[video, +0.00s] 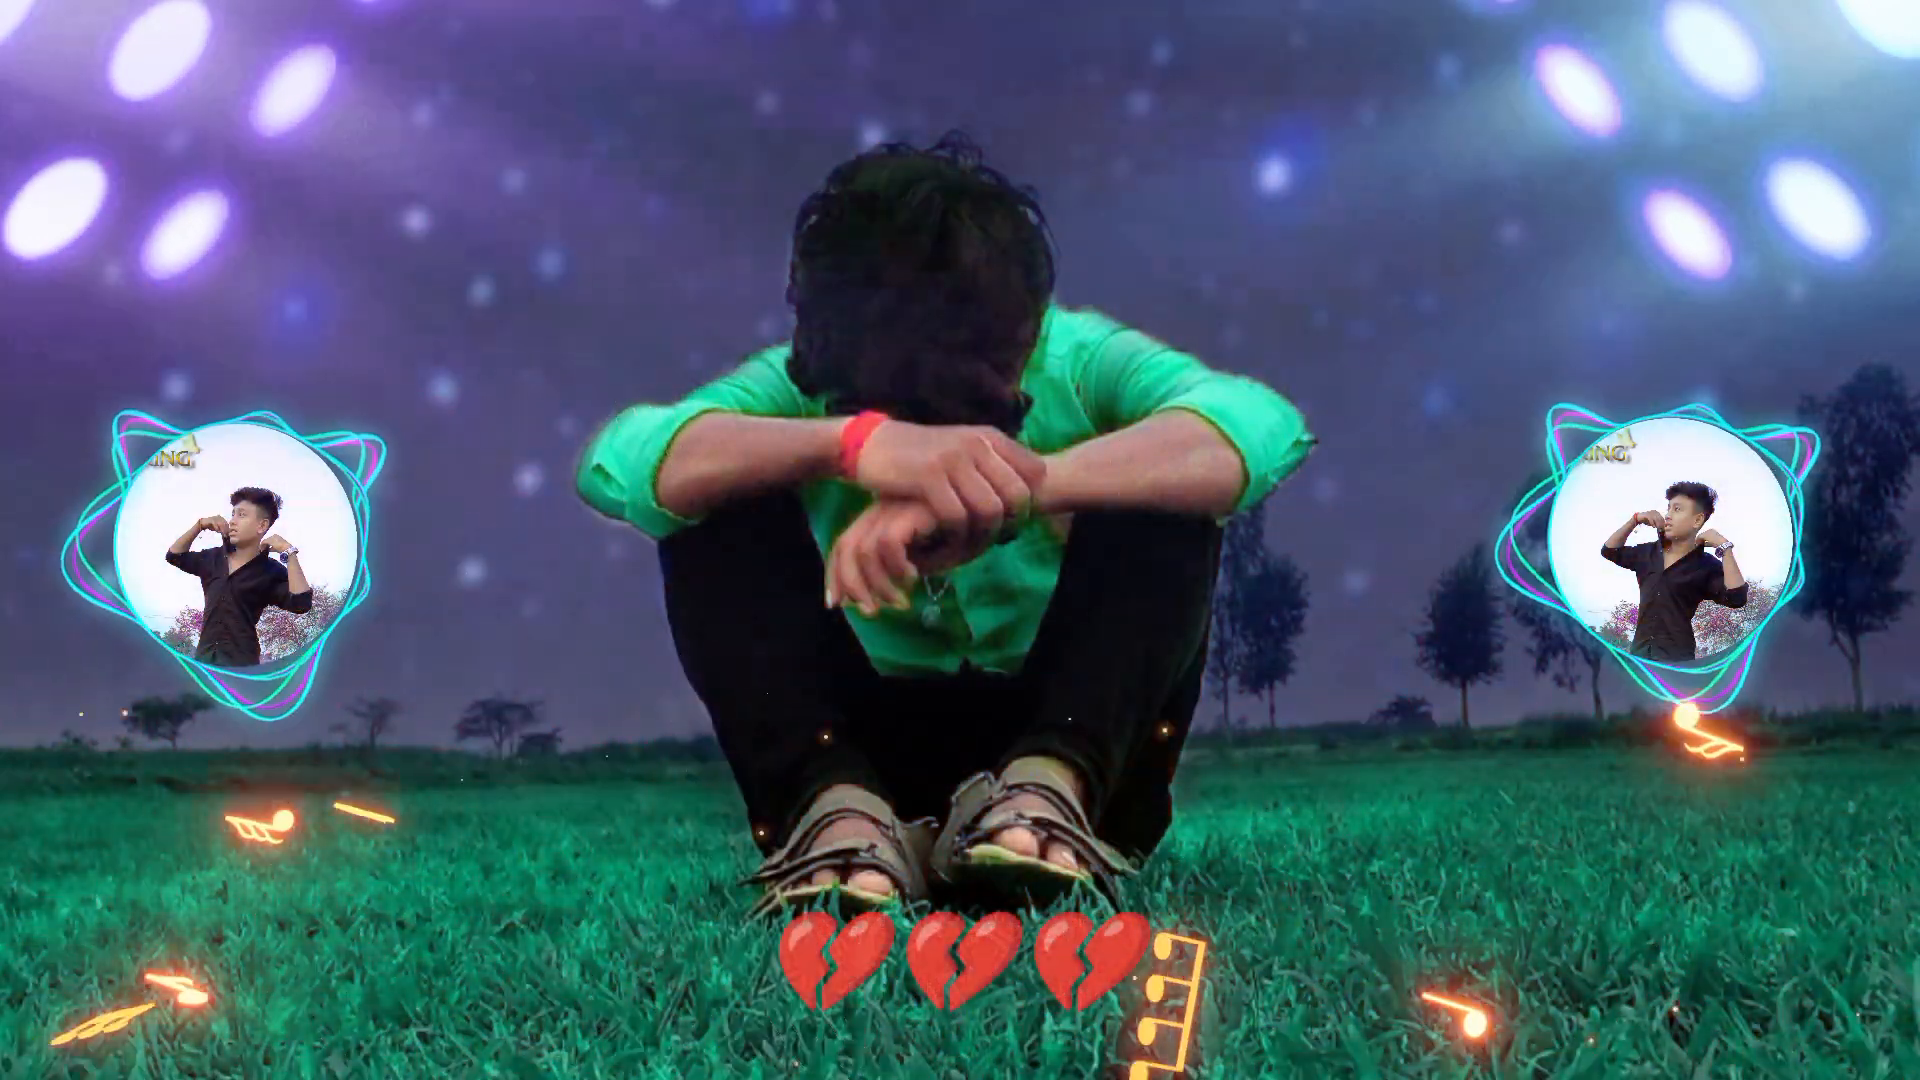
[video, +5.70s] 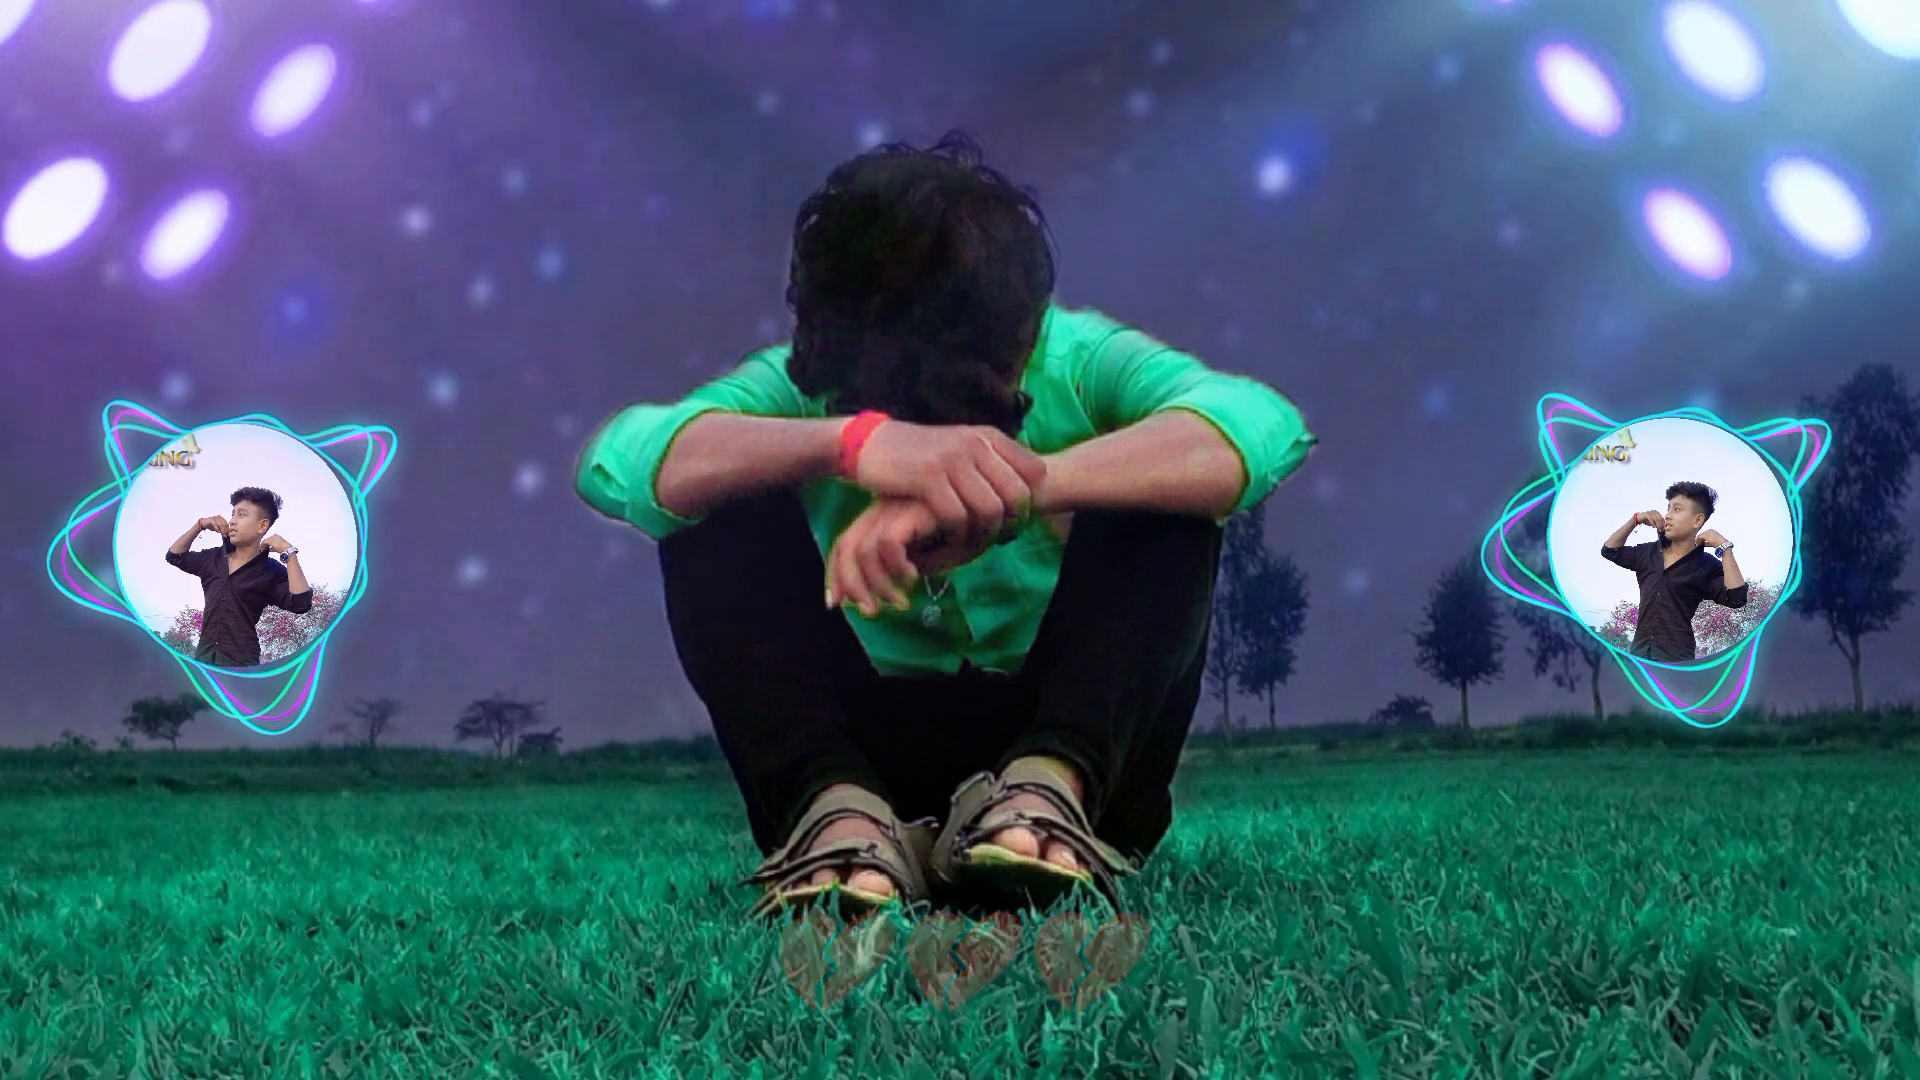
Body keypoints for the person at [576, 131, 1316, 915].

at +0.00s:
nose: (920, 453)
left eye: (954, 418)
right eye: (887, 417)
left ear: (1017, 356)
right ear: (819, 366)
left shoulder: (1077, 356)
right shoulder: (794, 382)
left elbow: (1264, 429)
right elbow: (612, 467)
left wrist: (997, 492)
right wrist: (852, 447)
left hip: (1058, 746)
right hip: (864, 753)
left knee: (1167, 487)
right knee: (712, 499)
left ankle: (1044, 788)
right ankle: (833, 816)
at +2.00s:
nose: (934, 442)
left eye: (969, 400)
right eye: (901, 409)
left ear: (1020, 346)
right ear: (831, 365)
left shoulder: (1075, 355)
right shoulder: (796, 383)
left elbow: (1265, 429)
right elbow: (612, 467)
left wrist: (1002, 492)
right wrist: (852, 447)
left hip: (1059, 751)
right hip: (864, 758)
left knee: (1166, 489)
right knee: (714, 503)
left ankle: (1043, 791)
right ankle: (836, 819)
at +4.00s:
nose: (927, 453)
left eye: (960, 412)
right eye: (887, 414)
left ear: (1020, 353)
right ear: (819, 367)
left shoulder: (1077, 354)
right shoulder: (795, 382)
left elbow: (1266, 429)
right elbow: (612, 467)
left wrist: (1000, 492)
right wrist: (853, 445)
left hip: (1060, 747)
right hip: (865, 753)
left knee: (1164, 484)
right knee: (713, 503)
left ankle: (1044, 788)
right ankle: (835, 815)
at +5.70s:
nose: (926, 456)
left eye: (961, 416)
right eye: (884, 416)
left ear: (1019, 356)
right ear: (816, 364)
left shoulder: (1077, 355)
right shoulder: (794, 382)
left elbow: (1266, 429)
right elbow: (611, 467)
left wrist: (999, 491)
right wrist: (852, 445)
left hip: (1060, 748)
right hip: (863, 755)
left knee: (1167, 485)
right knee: (713, 501)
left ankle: (1044, 789)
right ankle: (835, 816)